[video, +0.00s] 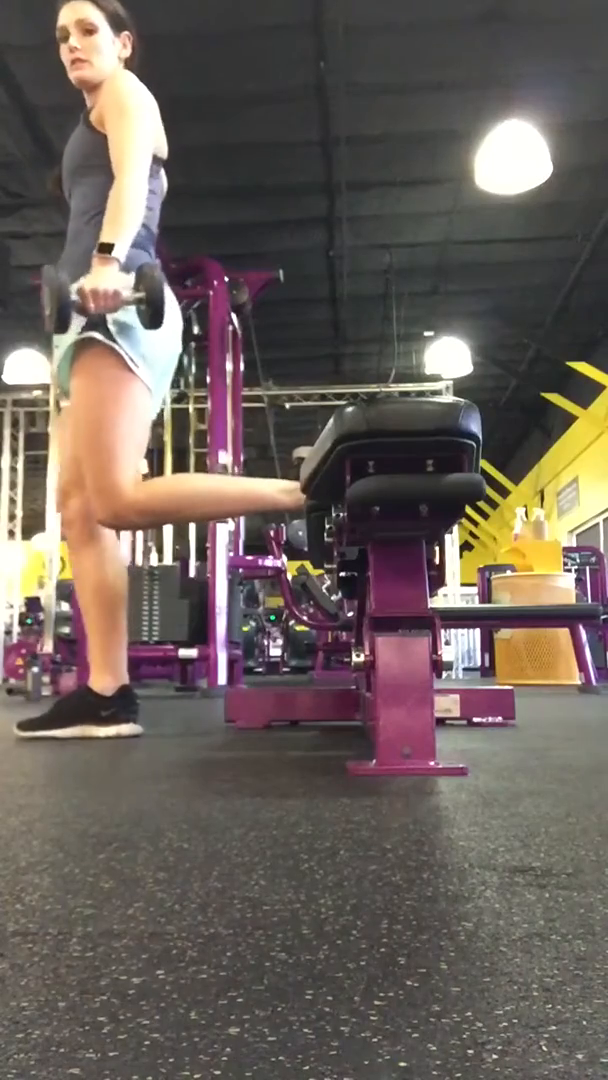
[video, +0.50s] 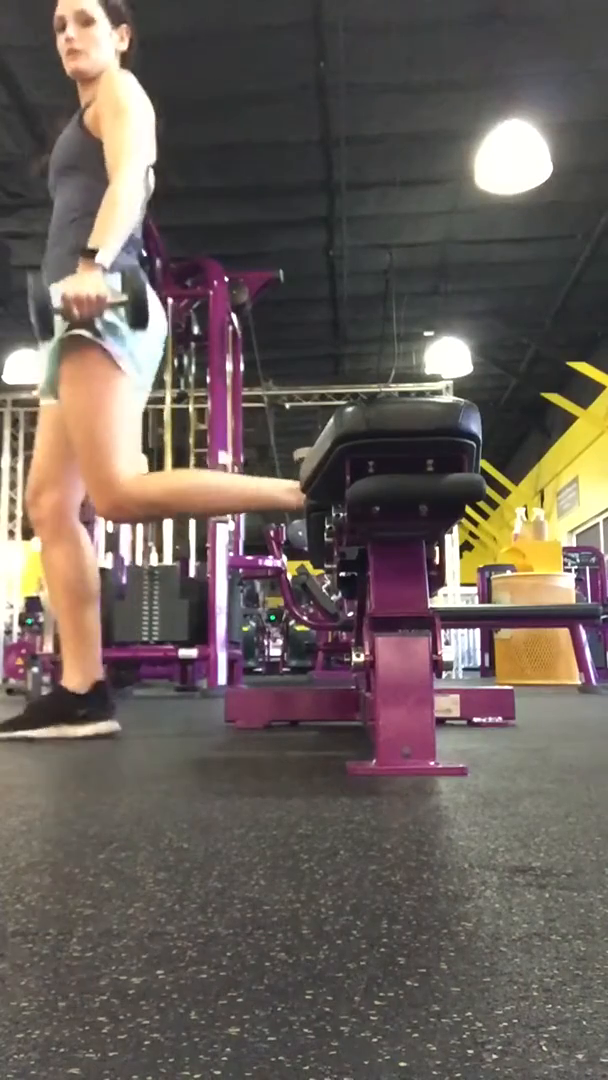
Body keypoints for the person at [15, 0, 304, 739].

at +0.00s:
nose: (72, 45)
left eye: (86, 31)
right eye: (63, 37)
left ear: (123, 43)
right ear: (63, 53)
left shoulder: (124, 92)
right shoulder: (101, 114)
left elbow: (131, 181)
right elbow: (108, 213)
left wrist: (109, 262)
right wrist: (70, 277)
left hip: (126, 306)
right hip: (96, 316)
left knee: (115, 498)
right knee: (78, 510)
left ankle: (301, 491)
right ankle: (107, 691)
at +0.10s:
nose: (73, 43)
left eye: (87, 30)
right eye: (64, 35)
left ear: (125, 42)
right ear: (63, 51)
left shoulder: (122, 93)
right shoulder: (103, 113)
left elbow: (133, 180)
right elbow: (118, 212)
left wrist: (101, 260)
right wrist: (79, 277)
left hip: (123, 306)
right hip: (99, 313)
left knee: (115, 500)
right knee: (64, 504)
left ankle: (301, 492)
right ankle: (105, 690)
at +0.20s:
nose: (76, 24)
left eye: (91, 12)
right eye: (68, 16)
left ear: (128, 25)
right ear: (64, 31)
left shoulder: (127, 75)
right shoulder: (101, 95)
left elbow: (145, 161)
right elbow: (117, 189)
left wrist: (99, 232)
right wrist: (77, 253)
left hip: (122, 286)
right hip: (94, 291)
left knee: (117, 476)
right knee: (69, 496)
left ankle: (308, 492)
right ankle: (103, 679)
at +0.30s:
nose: (80, 11)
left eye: (94, 2)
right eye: (72, 4)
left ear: (127, 10)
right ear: (66, 19)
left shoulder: (130, 58)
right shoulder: (100, 83)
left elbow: (147, 147)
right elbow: (101, 184)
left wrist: (101, 220)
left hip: (123, 265)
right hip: (101, 274)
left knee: (123, 459)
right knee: (45, 467)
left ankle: (313, 490)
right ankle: (79, 658)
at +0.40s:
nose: (76, 19)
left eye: (91, 8)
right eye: (67, 9)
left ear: (125, 17)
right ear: (61, 23)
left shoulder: (127, 70)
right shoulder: (97, 93)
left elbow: (141, 159)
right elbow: (104, 190)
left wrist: (98, 236)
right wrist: (73, 260)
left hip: (116, 277)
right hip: (88, 284)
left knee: (120, 472)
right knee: (47, 487)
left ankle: (311, 492)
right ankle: (75, 676)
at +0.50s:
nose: (70, 37)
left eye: (84, 23)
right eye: (60, 27)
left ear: (121, 36)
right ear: (57, 42)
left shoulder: (120, 91)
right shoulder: (92, 108)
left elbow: (132, 179)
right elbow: (93, 208)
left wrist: (95, 266)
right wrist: (70, 277)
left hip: (110, 301)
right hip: (85, 307)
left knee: (116, 493)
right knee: (51, 504)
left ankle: (304, 494)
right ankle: (81, 690)